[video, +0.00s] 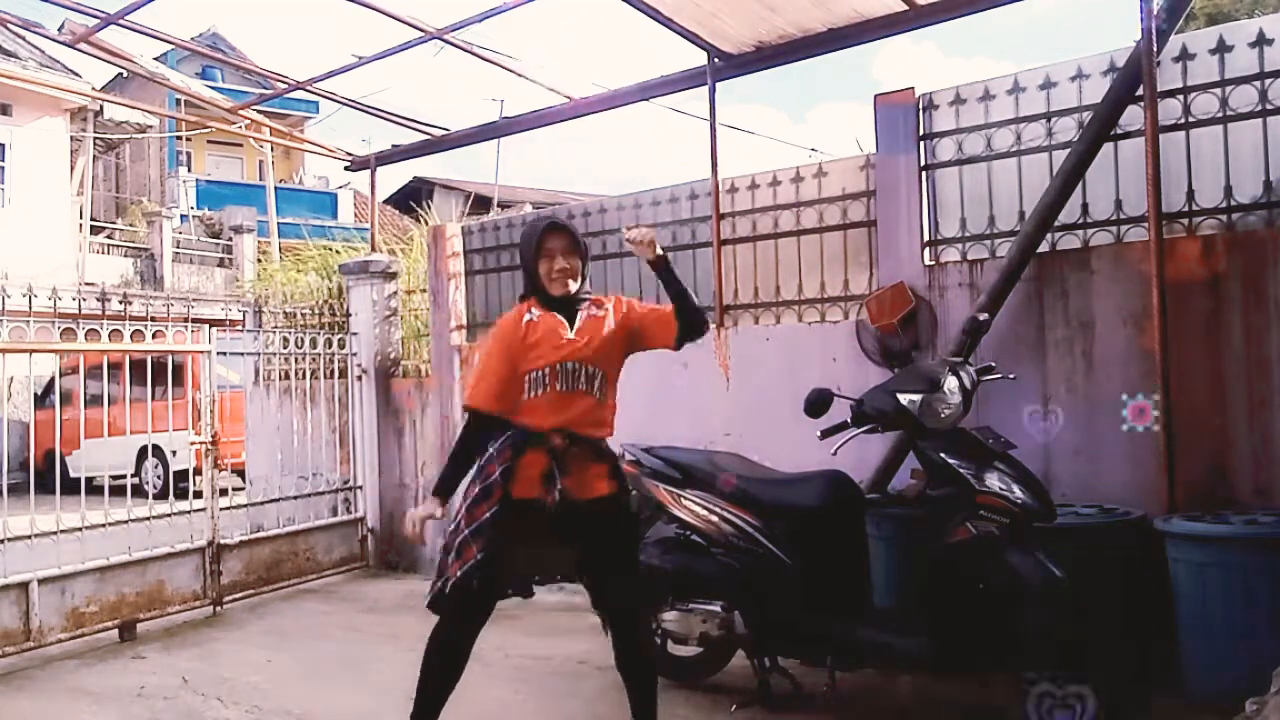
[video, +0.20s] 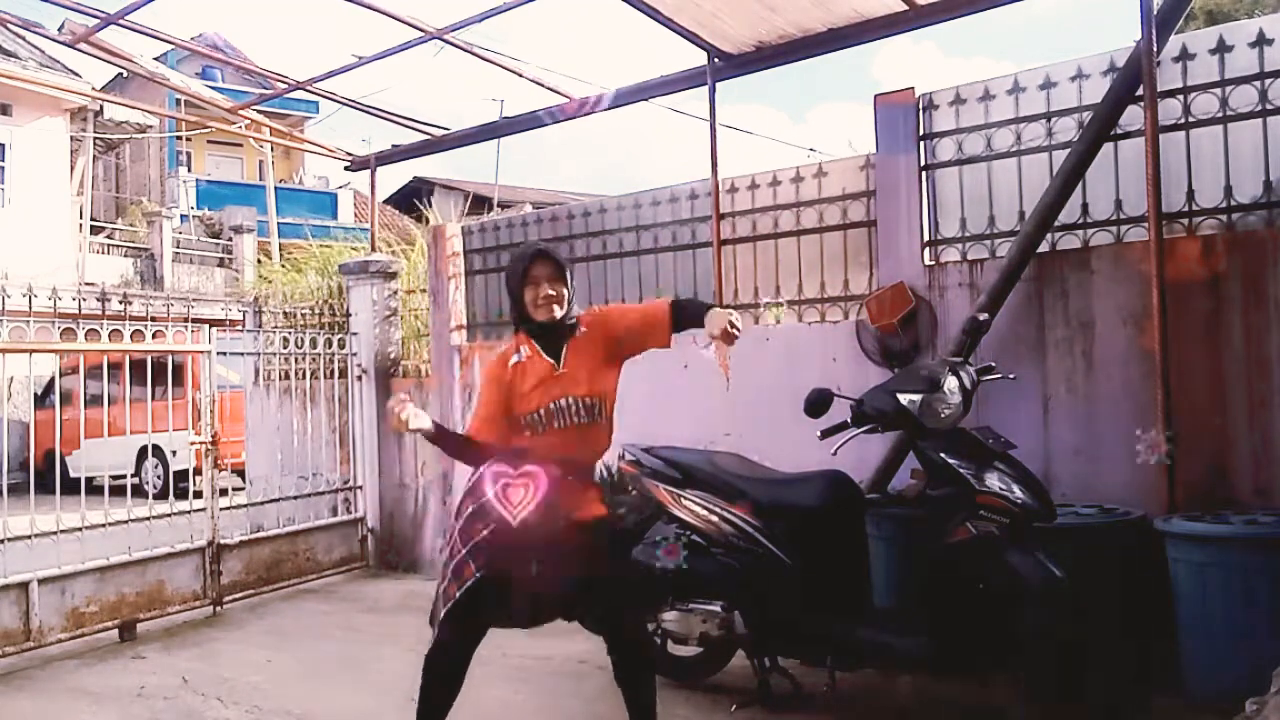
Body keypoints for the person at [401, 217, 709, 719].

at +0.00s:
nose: (560, 264)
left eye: (569, 254)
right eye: (547, 256)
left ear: (582, 260)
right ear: (532, 265)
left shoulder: (615, 315)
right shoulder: (514, 326)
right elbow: (483, 418)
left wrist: (658, 263)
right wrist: (439, 494)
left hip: (593, 489)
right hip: (516, 491)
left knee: (629, 618)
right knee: (461, 616)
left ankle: (645, 714)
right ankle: (422, 714)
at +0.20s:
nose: (547, 292)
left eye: (554, 281)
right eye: (534, 285)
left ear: (568, 287)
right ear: (518, 296)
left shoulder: (601, 329)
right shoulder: (503, 367)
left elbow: (667, 313)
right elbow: (483, 453)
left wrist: (710, 315)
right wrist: (429, 426)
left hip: (590, 519)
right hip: (522, 522)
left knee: (629, 635)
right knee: (457, 627)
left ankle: (643, 717)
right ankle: (428, 716)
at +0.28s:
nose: (531, 272)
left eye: (541, 262)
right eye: (520, 263)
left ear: (555, 267)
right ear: (505, 272)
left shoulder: (588, 316)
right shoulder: (486, 335)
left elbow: (661, 339)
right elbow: (450, 415)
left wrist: (729, 375)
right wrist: (415, 358)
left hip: (571, 477)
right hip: (497, 478)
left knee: (616, 610)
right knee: (456, 609)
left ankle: (644, 714)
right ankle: (420, 717)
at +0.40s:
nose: (511, 270)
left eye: (521, 260)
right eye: (499, 260)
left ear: (535, 267)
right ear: (481, 266)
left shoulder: (552, 328)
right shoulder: (453, 311)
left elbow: (594, 409)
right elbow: (388, 363)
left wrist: (638, 477)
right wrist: (420, 305)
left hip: (563, 486)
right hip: (484, 492)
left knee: (610, 609)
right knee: (439, 624)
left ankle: (638, 712)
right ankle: (420, 716)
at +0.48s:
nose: (507, 291)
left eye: (516, 281)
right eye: (495, 281)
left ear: (528, 290)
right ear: (476, 287)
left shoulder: (542, 359)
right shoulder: (449, 321)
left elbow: (566, 442)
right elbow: (372, 354)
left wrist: (600, 496)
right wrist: (401, 338)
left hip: (547, 489)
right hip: (477, 492)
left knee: (610, 607)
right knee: (445, 629)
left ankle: (640, 713)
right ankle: (425, 718)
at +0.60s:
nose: (510, 286)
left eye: (519, 276)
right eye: (498, 276)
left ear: (531, 284)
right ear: (477, 283)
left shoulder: (544, 345)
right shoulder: (449, 326)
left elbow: (593, 413)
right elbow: (391, 373)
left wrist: (601, 345)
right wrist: (354, 424)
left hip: (550, 474)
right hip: (478, 481)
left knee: (605, 601)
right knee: (446, 620)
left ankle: (636, 712)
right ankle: (422, 714)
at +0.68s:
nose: (516, 269)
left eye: (525, 258)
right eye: (504, 260)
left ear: (539, 265)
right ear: (484, 267)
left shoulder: (561, 321)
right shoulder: (458, 322)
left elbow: (624, 368)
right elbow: (413, 392)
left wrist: (613, 299)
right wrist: (364, 454)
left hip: (561, 477)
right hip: (485, 482)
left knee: (608, 595)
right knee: (448, 611)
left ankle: (640, 711)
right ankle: (421, 716)